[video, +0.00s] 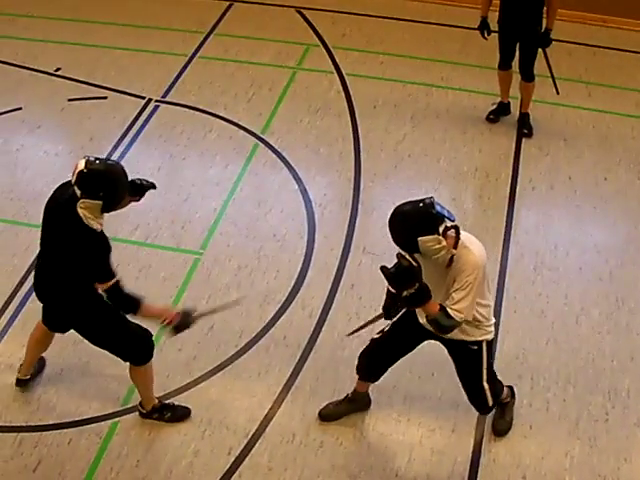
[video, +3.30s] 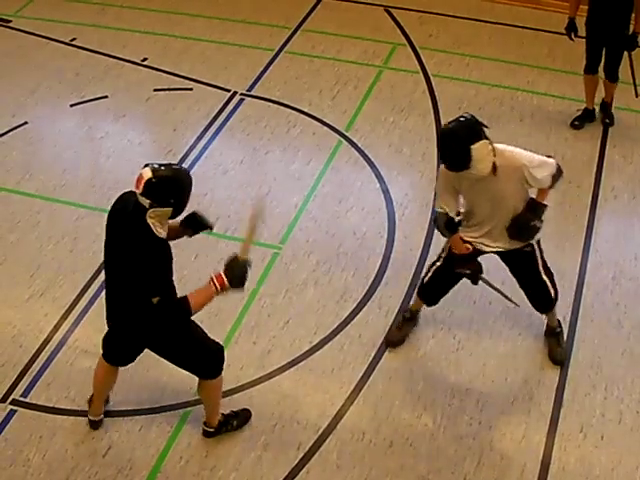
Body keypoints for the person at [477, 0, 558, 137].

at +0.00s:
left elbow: (552, 3)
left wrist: (548, 30)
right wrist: (483, 17)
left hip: (532, 26)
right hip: (507, 22)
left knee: (527, 71)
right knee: (504, 64)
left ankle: (524, 115)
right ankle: (504, 103)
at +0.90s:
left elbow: (569, 2)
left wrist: (565, 27)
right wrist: (502, 14)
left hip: (549, 23)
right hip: (524, 20)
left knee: (543, 69)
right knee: (520, 61)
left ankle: (540, 112)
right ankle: (520, 100)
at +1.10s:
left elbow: (583, 3)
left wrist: (578, 30)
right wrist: (515, 16)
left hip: (562, 25)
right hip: (537, 21)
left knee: (556, 71)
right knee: (533, 63)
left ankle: (553, 115)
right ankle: (532, 103)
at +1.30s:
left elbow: (600, 5)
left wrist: (595, 32)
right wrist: (531, 18)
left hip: (579, 28)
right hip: (554, 24)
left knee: (572, 74)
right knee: (550, 66)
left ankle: (569, 117)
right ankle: (549, 105)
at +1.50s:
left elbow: (617, 7)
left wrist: (611, 36)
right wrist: (548, 21)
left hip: (595, 30)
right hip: (570, 26)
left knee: (588, 76)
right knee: (566, 68)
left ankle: (585, 120)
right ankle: (564, 108)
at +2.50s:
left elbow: (635, 7)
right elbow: (574, 0)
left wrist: (632, 37)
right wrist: (568, 22)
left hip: (616, 31)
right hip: (591, 28)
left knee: (609, 78)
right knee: (586, 71)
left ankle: (605, 122)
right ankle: (585, 110)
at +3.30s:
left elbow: (637, 7)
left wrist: (636, 32)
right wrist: (571, 18)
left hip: (619, 27)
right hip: (595, 23)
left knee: (611, 71)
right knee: (590, 67)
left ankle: (607, 106)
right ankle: (589, 109)